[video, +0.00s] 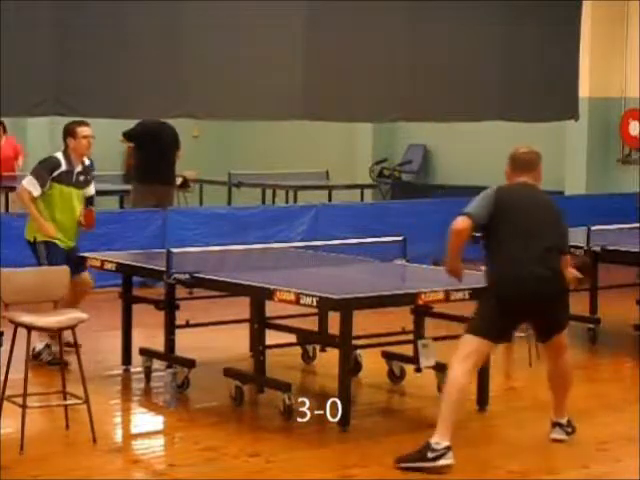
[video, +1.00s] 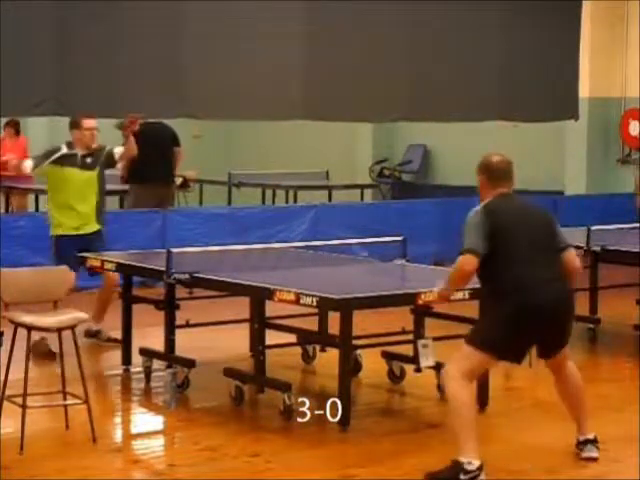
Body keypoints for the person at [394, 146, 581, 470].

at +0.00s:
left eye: (507, 173)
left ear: (508, 172)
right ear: (538, 174)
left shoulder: (496, 195)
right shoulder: (551, 205)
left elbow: (460, 227)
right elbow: (561, 257)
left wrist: (453, 262)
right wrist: (566, 271)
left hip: (505, 290)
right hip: (549, 289)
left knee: (464, 361)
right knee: (558, 351)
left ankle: (440, 444)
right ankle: (560, 421)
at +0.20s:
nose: (516, 168)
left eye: (516, 164)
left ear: (517, 163)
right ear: (547, 162)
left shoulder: (514, 186)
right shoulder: (561, 193)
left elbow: (491, 220)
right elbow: (560, 237)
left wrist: (475, 258)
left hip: (529, 280)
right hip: (567, 279)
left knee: (492, 360)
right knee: (564, 345)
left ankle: (471, 438)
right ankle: (563, 421)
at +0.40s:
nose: (509, 159)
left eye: (510, 153)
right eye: (512, 153)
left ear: (514, 153)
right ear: (542, 153)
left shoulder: (518, 182)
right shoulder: (560, 185)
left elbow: (498, 224)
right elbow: (564, 231)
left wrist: (478, 256)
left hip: (535, 275)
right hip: (571, 274)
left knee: (501, 349)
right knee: (563, 344)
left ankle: (491, 440)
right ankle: (568, 420)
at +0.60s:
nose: (497, 160)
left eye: (498, 155)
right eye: (499, 154)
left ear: (504, 156)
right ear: (532, 155)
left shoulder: (502, 190)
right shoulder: (554, 191)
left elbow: (478, 241)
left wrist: (465, 265)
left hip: (525, 288)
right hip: (564, 285)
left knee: (487, 361)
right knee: (558, 347)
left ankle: (511, 447)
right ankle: (568, 421)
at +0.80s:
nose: (485, 162)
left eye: (486, 157)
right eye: (487, 156)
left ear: (492, 156)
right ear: (520, 157)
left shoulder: (492, 188)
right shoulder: (549, 191)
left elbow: (468, 238)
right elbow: (568, 247)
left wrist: (462, 265)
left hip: (518, 285)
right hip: (562, 283)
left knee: (472, 351)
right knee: (565, 354)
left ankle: (483, 444)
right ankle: (584, 435)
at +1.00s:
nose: (478, 187)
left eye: (478, 182)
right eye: (481, 182)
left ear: (482, 181)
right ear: (512, 181)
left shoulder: (482, 214)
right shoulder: (539, 212)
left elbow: (467, 265)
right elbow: (572, 264)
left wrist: (445, 292)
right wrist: (557, 293)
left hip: (511, 309)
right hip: (556, 304)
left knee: (458, 373)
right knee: (560, 361)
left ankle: (468, 461)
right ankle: (587, 437)